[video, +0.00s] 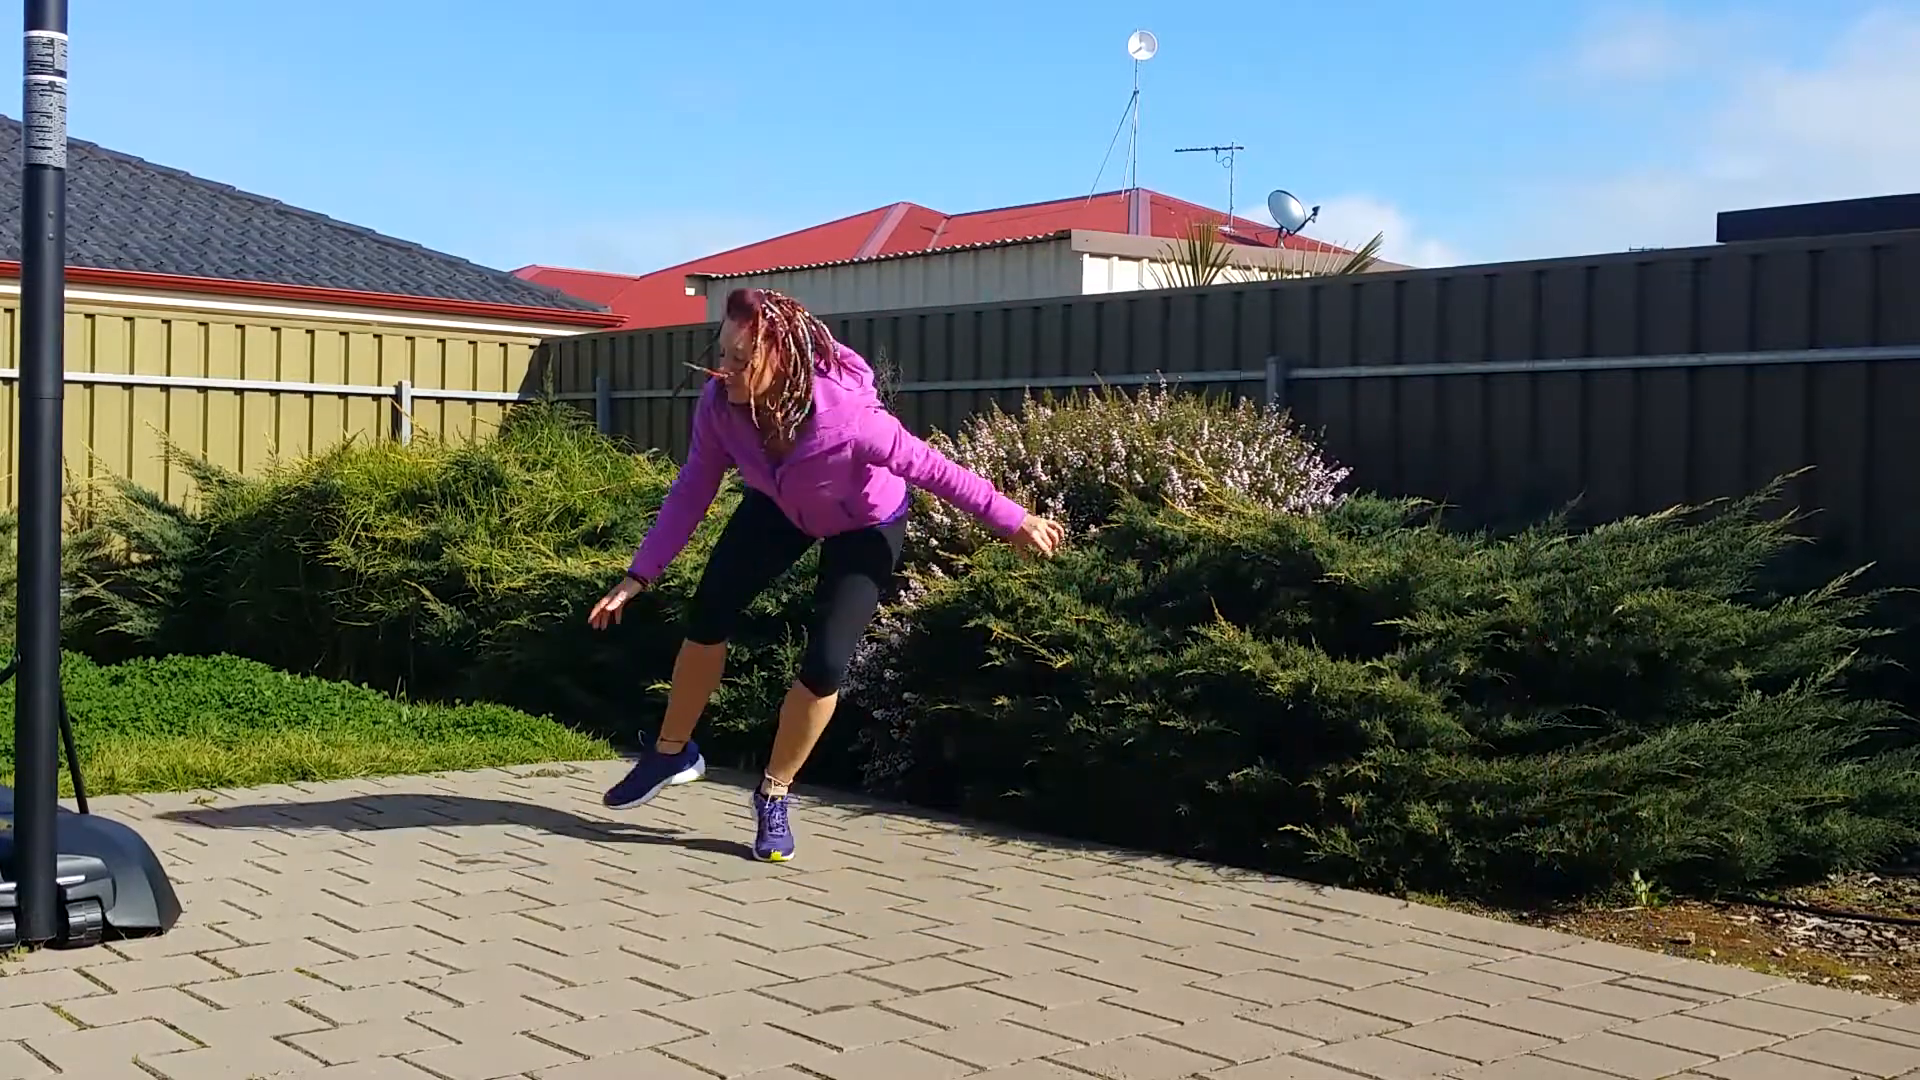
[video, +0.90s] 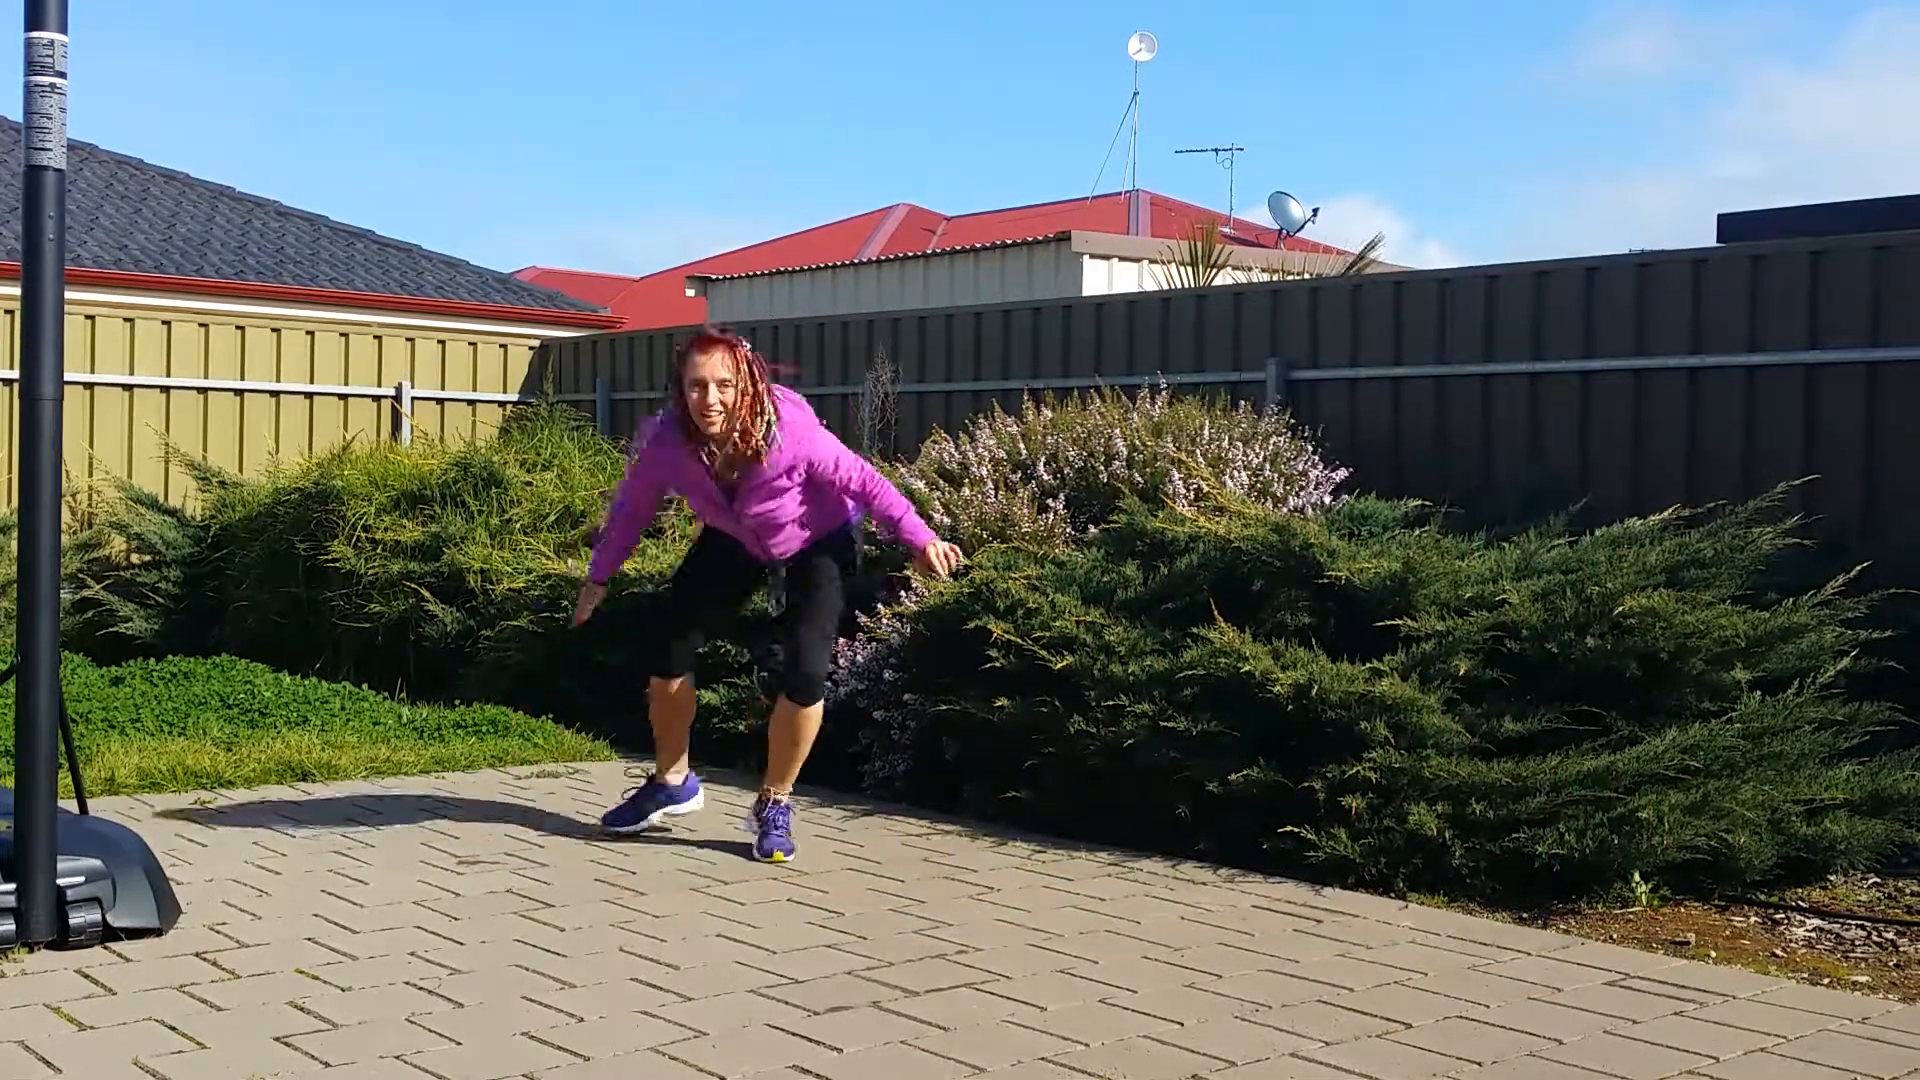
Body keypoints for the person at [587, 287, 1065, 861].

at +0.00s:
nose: (725, 368)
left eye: (739, 359)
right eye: (723, 354)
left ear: (781, 362)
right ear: (721, 352)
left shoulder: (845, 414)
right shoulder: (720, 405)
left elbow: (931, 467)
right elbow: (690, 491)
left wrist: (1014, 520)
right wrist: (638, 576)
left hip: (864, 513)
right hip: (779, 499)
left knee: (827, 662)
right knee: (710, 611)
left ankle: (774, 794)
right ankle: (670, 750)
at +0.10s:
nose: (690, 425)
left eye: (704, 413)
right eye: (685, 413)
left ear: (744, 414)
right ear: (681, 413)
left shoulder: (799, 469)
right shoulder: (679, 469)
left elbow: (892, 511)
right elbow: (645, 556)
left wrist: (973, 562)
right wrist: (593, 640)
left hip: (826, 552)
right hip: (741, 542)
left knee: (804, 682)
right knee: (656, 629)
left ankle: (764, 809)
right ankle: (580, 736)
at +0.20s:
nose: (656, 492)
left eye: (671, 480)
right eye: (648, 480)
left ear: (704, 477)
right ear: (640, 483)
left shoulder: (766, 518)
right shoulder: (634, 527)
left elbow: (854, 545)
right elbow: (605, 615)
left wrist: (916, 602)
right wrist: (562, 712)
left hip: (787, 576)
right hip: (697, 576)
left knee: (791, 681)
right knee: (619, 654)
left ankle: (764, 812)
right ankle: (566, 764)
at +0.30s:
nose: (629, 547)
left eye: (641, 533)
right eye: (617, 533)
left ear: (671, 525)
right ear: (604, 531)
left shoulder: (728, 544)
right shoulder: (595, 573)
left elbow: (806, 561)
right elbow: (571, 674)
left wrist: (863, 614)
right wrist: (539, 772)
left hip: (735, 613)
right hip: (656, 623)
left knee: (780, 637)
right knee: (594, 657)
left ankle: (762, 811)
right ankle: (576, 785)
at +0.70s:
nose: (631, 523)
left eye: (643, 509)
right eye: (618, 512)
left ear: (667, 507)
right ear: (604, 514)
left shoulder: (716, 530)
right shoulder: (588, 551)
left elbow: (788, 547)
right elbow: (546, 627)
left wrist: (836, 605)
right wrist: (503, 719)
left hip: (731, 600)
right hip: (645, 612)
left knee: (778, 652)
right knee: (569, 667)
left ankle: (760, 810)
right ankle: (578, 785)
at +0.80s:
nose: (670, 455)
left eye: (683, 442)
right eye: (657, 444)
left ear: (708, 444)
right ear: (643, 448)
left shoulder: (756, 482)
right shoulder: (627, 490)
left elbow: (826, 520)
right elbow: (584, 559)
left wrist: (876, 578)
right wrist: (543, 640)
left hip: (774, 563)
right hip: (688, 564)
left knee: (789, 673)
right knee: (626, 664)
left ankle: (764, 808)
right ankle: (582, 776)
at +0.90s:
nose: (709, 399)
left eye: (722, 385)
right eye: (697, 386)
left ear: (746, 388)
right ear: (681, 389)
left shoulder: (788, 425)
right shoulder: (663, 441)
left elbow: (862, 479)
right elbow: (631, 509)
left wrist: (920, 537)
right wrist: (598, 576)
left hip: (814, 536)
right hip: (732, 533)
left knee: (807, 669)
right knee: (670, 642)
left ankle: (775, 804)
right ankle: (672, 780)